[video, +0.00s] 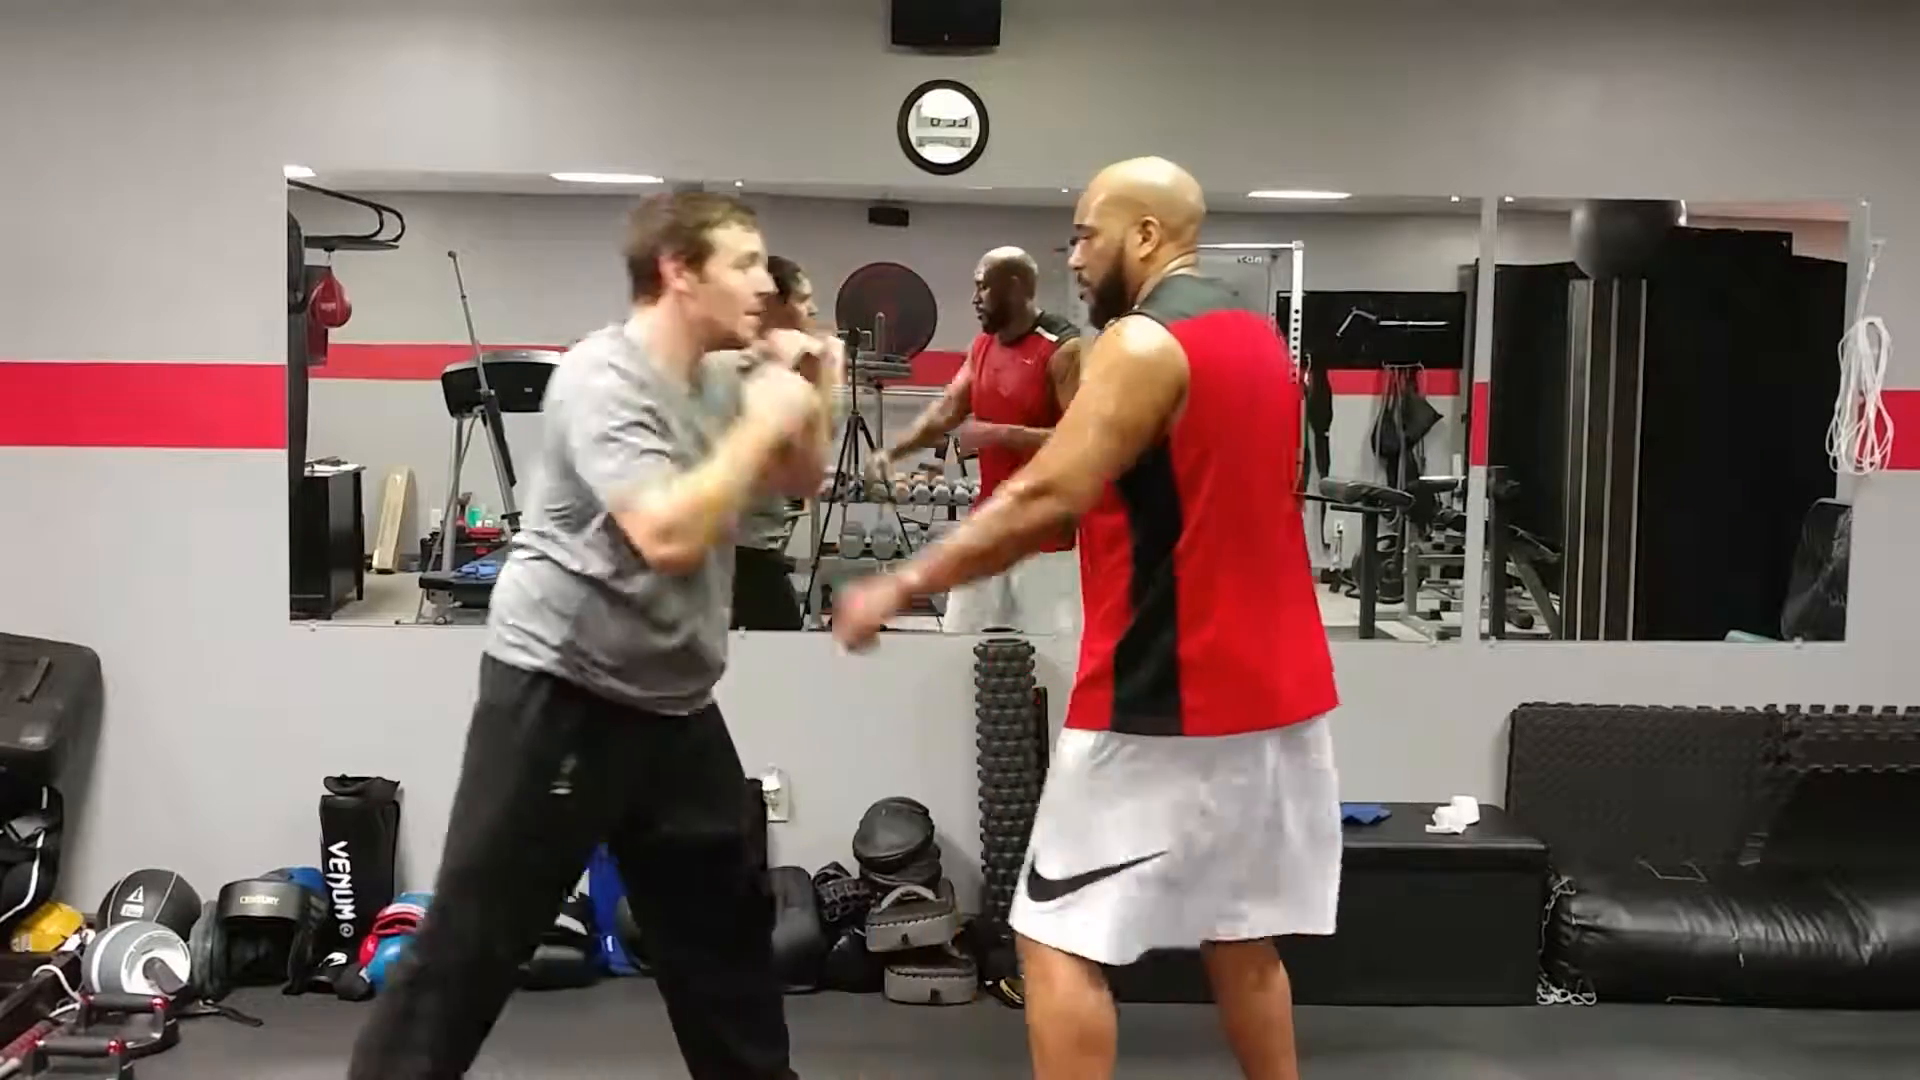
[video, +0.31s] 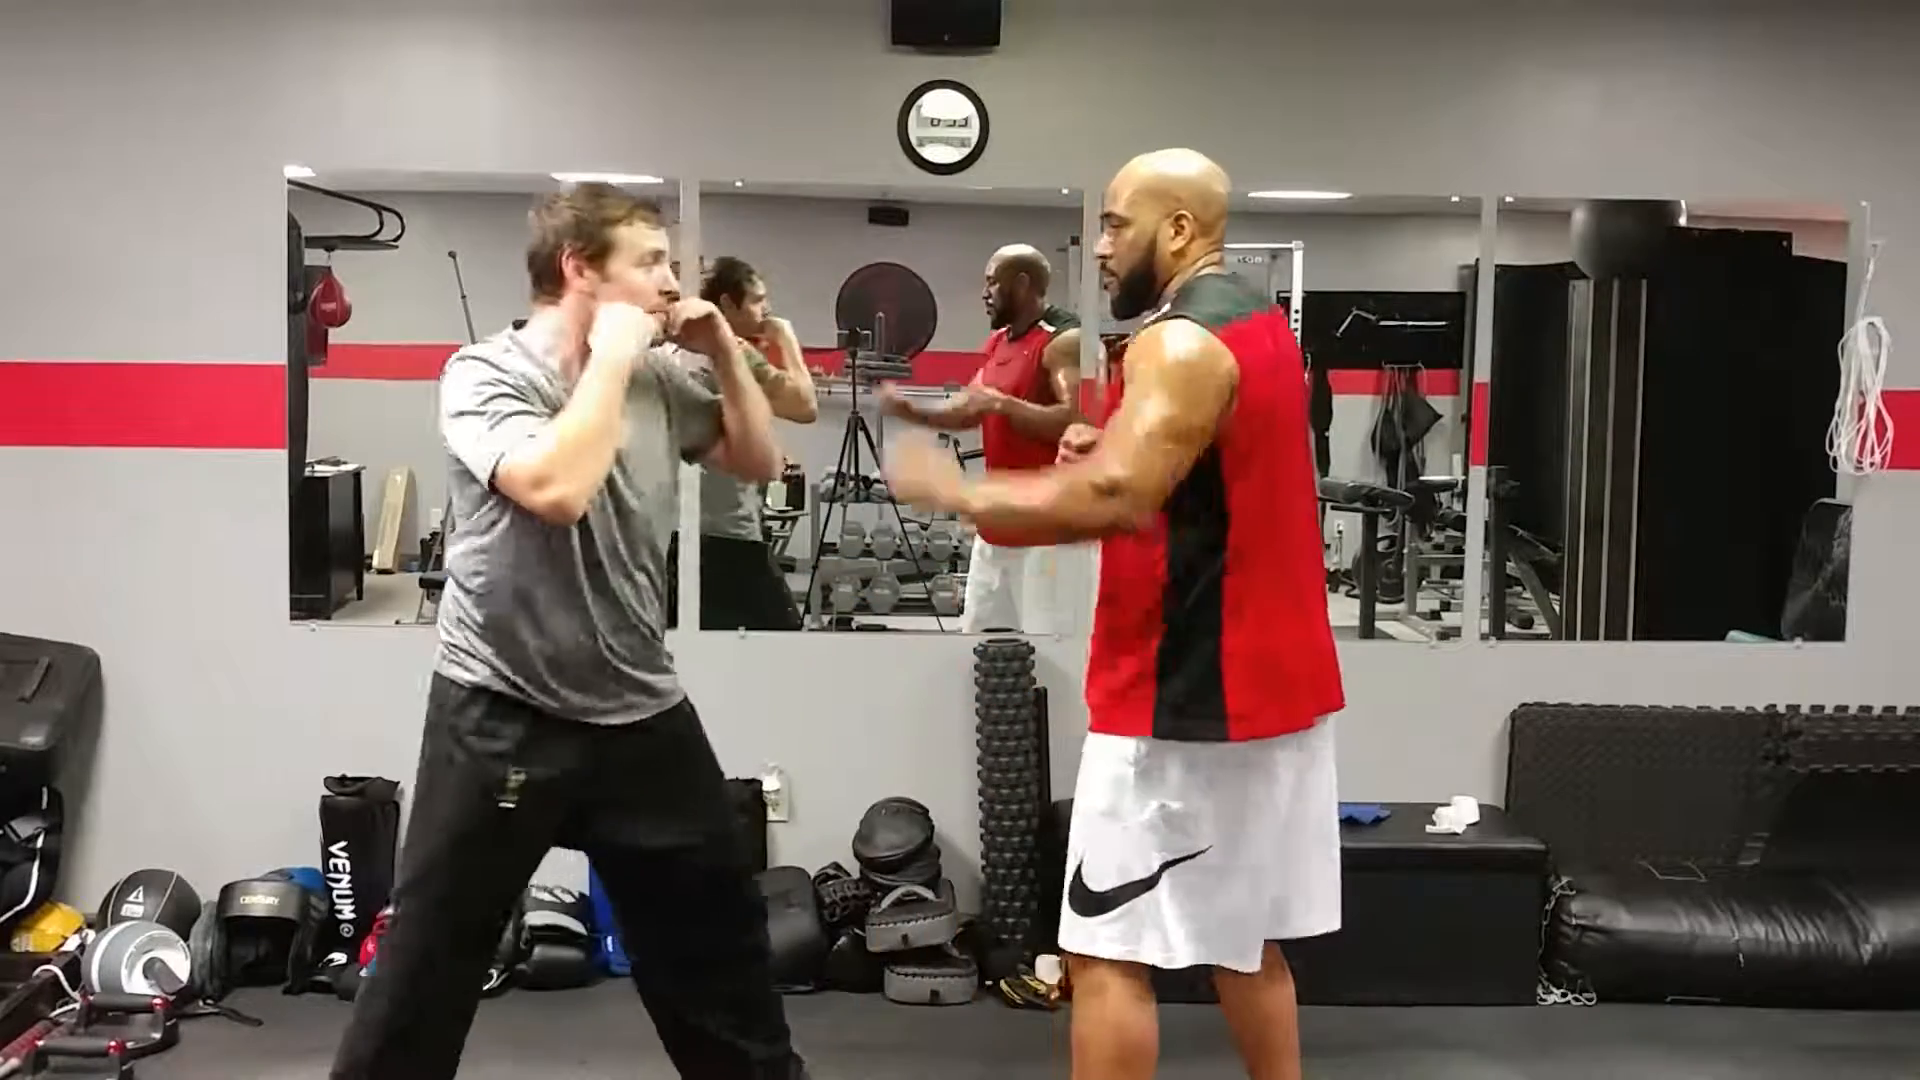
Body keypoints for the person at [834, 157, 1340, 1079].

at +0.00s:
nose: (1075, 259)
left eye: (1087, 238)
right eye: (1076, 239)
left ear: (1148, 236)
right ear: (1173, 240)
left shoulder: (1143, 346)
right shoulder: (1262, 343)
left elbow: (1052, 497)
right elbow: (1213, 502)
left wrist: (902, 583)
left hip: (1153, 695)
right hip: (1275, 689)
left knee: (1056, 936)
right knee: (1240, 932)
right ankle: (1278, 1076)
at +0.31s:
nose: (1100, 244)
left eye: (1115, 225)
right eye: (1102, 225)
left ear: (1181, 230)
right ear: (1195, 233)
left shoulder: (1183, 341)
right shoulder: (1259, 324)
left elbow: (1116, 491)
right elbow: (1227, 491)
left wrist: (961, 492)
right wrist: (1112, 451)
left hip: (1174, 697)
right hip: (1273, 688)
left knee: (1106, 953)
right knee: (1245, 938)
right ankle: (1278, 1079)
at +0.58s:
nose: (1105, 245)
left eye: (1119, 227)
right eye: (1109, 225)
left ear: (1179, 235)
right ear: (1201, 237)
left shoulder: (1150, 340)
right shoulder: (1251, 312)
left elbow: (1046, 485)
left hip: (1153, 692)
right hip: (1265, 685)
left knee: (1045, 937)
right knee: (1237, 934)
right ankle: (1278, 1078)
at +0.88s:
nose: (994, 308)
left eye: (1004, 287)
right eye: (996, 287)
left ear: (1055, 290)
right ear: (1094, 290)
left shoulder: (1075, 405)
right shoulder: (1151, 374)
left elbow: (1025, 586)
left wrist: (972, 572)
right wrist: (993, 407)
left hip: (1106, 732)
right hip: (1221, 718)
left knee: (942, 965)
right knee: (1201, 983)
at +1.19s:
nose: (1013, 288)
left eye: (1023, 272)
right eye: (1016, 272)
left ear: (1067, 275)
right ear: (1127, 280)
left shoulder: (1023, 359)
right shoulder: (1212, 388)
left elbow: (853, 396)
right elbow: (1285, 533)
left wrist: (796, 353)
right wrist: (1166, 550)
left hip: (1060, 728)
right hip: (1204, 722)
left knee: (915, 963)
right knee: (1178, 938)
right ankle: (1256, 1079)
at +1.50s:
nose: (1018, 289)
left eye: (1027, 273)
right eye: (1021, 273)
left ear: (1069, 273)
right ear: (1134, 279)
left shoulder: (1021, 374)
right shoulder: (1231, 393)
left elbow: (855, 420)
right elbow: (1327, 530)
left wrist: (825, 354)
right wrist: (1194, 537)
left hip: (1052, 738)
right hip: (1201, 733)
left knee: (919, 964)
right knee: (1185, 949)